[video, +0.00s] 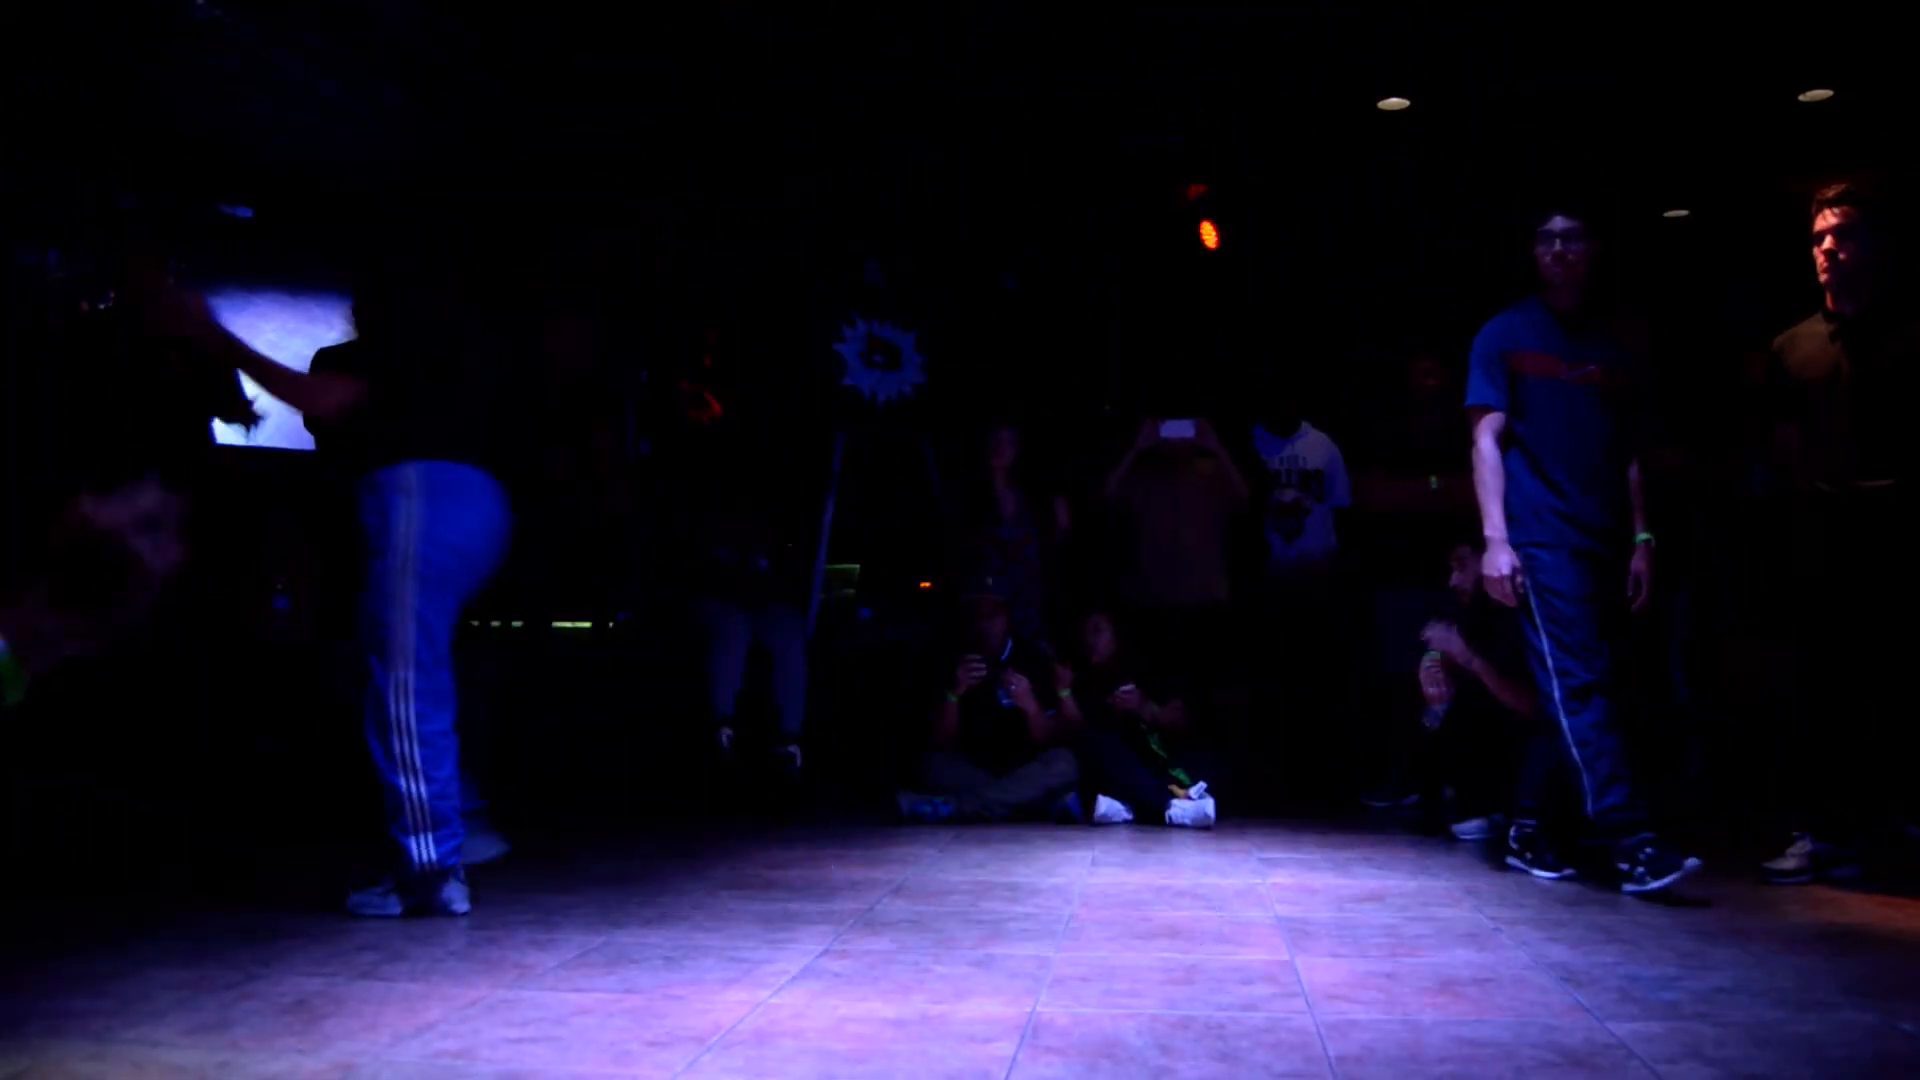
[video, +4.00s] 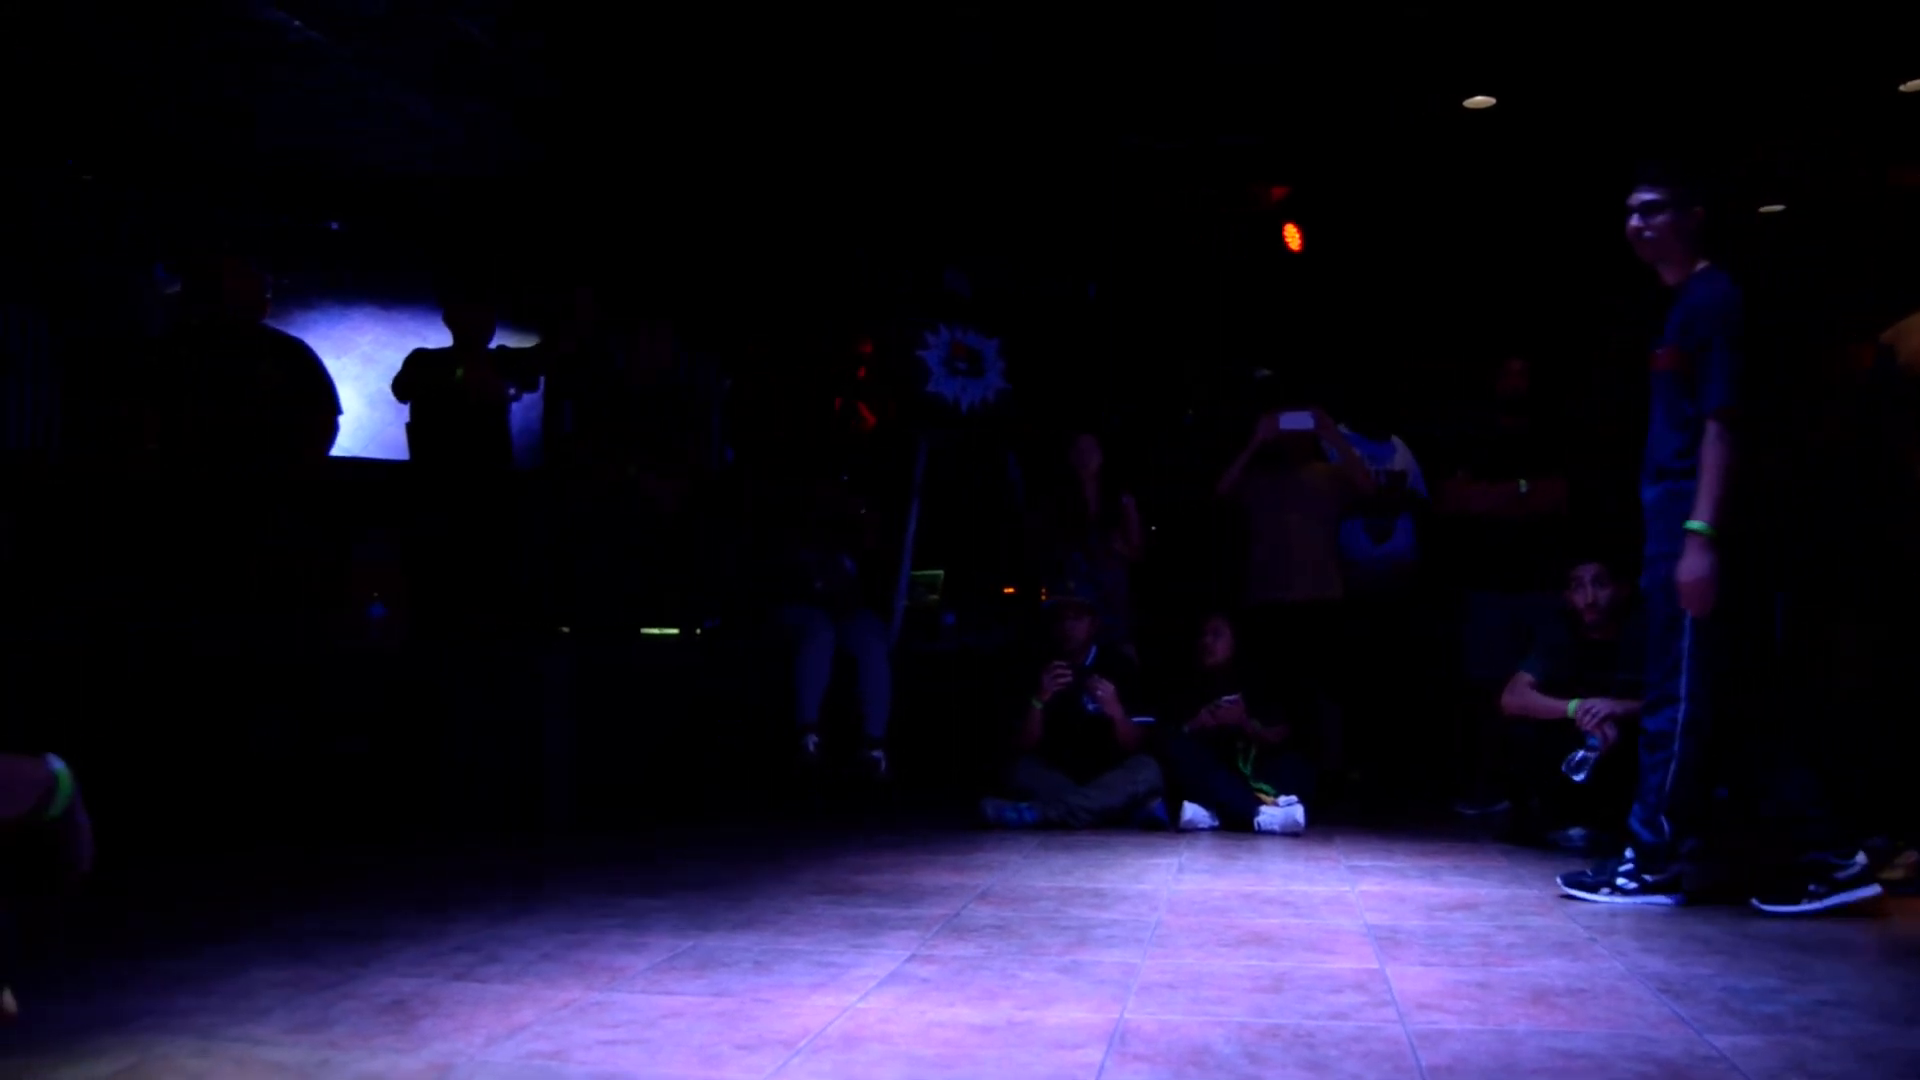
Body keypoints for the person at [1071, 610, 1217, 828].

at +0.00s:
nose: (1095, 640)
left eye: (1101, 632)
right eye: (1090, 633)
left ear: (1116, 636)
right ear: (1083, 639)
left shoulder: (1138, 671)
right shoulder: (1082, 679)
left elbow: (1175, 718)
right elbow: (1076, 728)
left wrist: (1141, 706)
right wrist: (1064, 690)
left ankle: (1128, 807)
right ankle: (1168, 807)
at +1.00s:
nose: (1072, 652)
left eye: (1079, 643)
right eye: (1068, 645)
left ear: (1098, 644)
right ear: (1063, 650)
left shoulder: (1126, 679)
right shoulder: (1072, 685)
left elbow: (1168, 721)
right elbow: (1075, 730)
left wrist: (1122, 717)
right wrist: (1057, 687)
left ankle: (1127, 807)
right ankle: (1169, 806)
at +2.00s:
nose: (1082, 647)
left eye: (1089, 639)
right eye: (1077, 641)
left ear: (1108, 642)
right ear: (1071, 646)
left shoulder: (1134, 676)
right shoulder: (1078, 683)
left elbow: (1173, 721)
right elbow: (1077, 731)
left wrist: (1129, 718)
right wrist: (1060, 692)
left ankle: (1130, 808)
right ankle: (1170, 807)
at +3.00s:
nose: (1127, 645)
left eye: (1136, 637)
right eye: (1122, 637)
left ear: (1151, 641)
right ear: (1114, 642)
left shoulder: (1168, 680)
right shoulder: (1106, 681)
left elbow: (1198, 731)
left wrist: (1165, 721)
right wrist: (1086, 716)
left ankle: (1136, 813)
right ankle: (1175, 813)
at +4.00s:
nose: (1208, 642)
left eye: (1216, 634)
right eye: (1203, 635)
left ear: (1233, 639)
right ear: (1197, 641)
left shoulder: (1254, 680)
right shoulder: (1188, 682)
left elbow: (1278, 735)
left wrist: (1242, 721)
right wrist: (1199, 723)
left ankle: (1217, 814)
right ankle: (1258, 813)